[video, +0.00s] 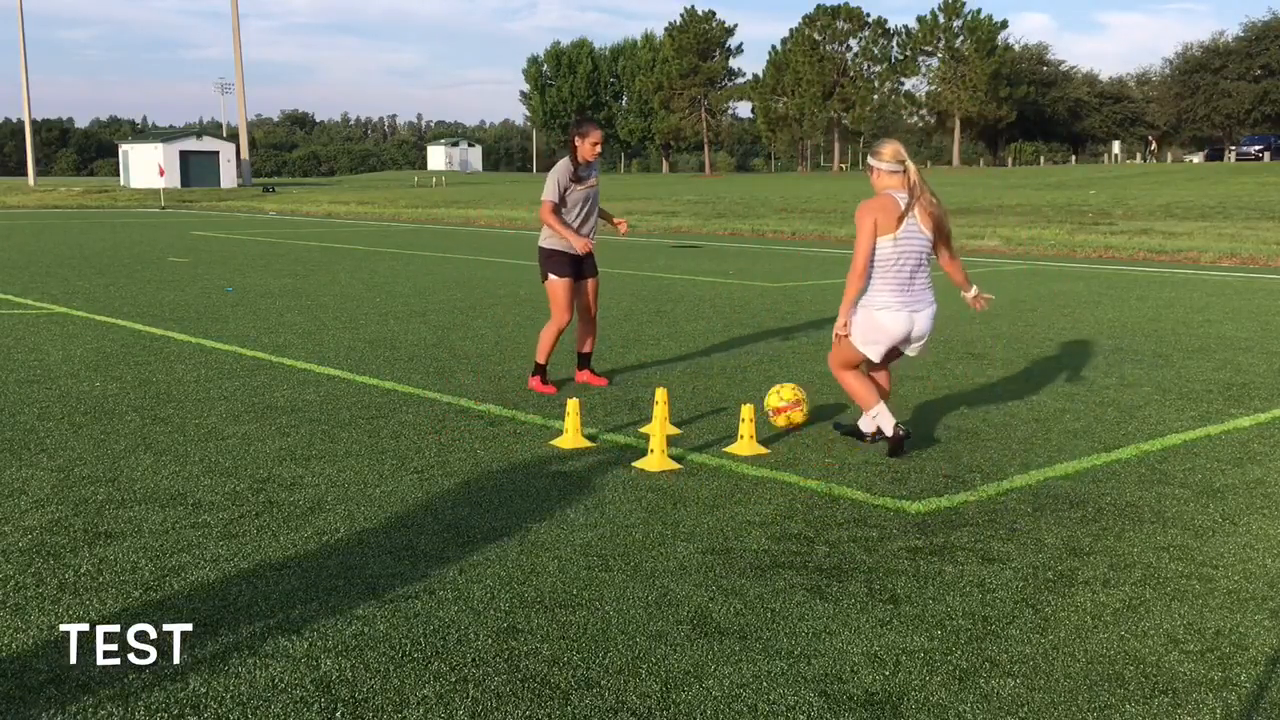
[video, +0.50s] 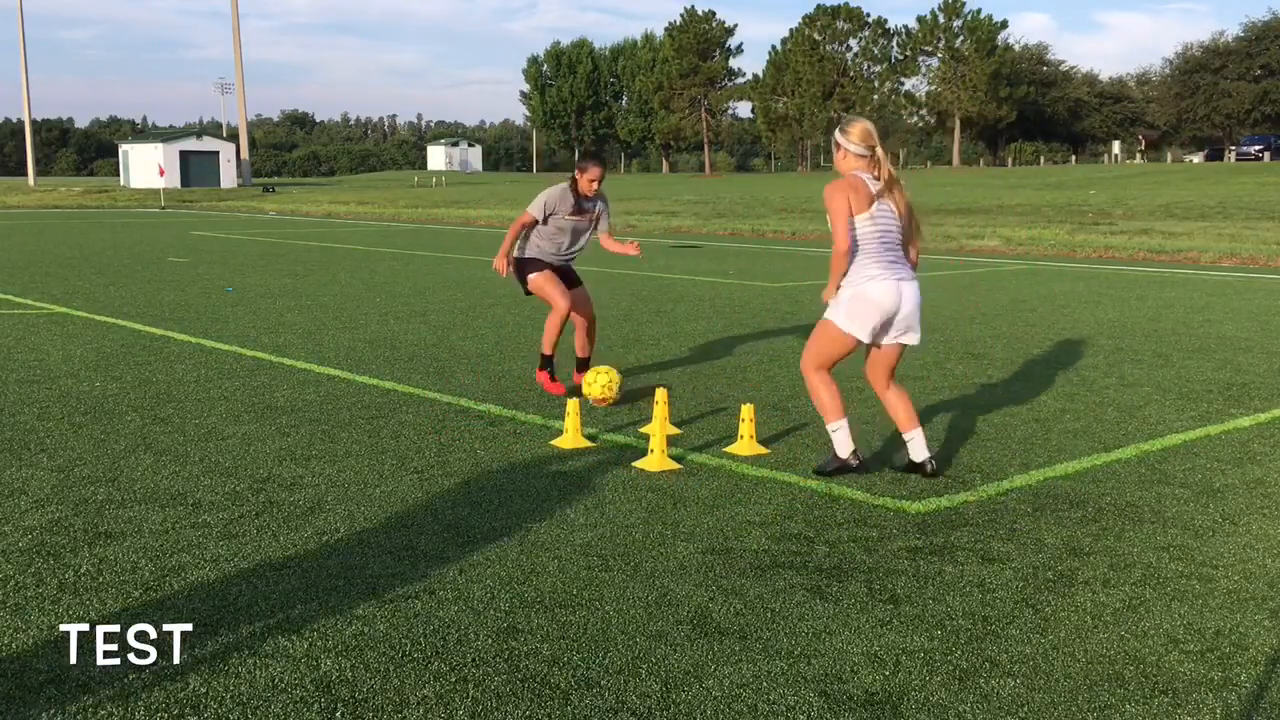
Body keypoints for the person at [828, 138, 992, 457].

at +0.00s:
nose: (870, 178)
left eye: (870, 172)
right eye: (870, 172)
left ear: (875, 172)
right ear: (904, 169)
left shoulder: (871, 208)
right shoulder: (929, 207)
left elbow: (860, 270)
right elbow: (947, 258)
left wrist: (845, 311)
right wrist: (969, 290)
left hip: (883, 315)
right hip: (922, 314)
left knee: (839, 362)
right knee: (878, 361)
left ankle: (890, 428)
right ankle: (867, 427)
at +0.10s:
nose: (860, 180)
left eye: (860, 175)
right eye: (861, 175)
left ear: (866, 177)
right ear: (895, 177)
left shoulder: (861, 217)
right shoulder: (916, 214)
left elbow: (842, 276)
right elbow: (938, 259)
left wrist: (821, 315)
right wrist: (964, 286)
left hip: (872, 325)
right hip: (908, 322)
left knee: (816, 360)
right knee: (856, 362)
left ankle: (864, 423)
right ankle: (859, 426)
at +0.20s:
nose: (852, 168)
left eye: (853, 163)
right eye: (853, 163)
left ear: (860, 165)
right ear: (890, 165)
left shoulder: (855, 206)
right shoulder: (908, 205)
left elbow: (831, 260)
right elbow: (932, 252)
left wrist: (804, 288)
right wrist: (952, 279)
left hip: (862, 313)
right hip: (897, 312)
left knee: (812, 364)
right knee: (855, 361)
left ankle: (848, 435)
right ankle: (858, 429)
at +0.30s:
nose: (849, 154)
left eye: (850, 149)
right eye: (850, 148)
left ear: (857, 149)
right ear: (885, 149)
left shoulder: (847, 181)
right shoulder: (905, 189)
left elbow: (824, 229)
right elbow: (928, 239)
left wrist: (809, 252)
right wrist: (935, 268)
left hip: (858, 297)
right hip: (897, 296)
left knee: (826, 364)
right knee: (868, 359)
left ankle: (853, 441)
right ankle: (859, 430)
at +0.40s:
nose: (842, 147)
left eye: (844, 141)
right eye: (843, 141)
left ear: (852, 141)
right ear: (879, 142)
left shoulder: (844, 170)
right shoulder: (899, 178)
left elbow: (839, 216)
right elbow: (919, 237)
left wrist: (826, 250)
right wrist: (906, 273)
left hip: (860, 290)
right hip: (901, 289)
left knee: (833, 360)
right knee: (868, 354)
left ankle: (849, 444)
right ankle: (893, 436)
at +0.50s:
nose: (834, 157)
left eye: (835, 151)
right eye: (835, 151)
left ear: (843, 151)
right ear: (871, 151)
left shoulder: (839, 187)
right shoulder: (894, 188)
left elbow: (844, 245)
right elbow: (911, 251)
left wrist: (831, 286)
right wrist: (898, 286)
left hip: (867, 289)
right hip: (907, 289)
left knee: (813, 364)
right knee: (881, 376)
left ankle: (845, 452)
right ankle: (921, 456)